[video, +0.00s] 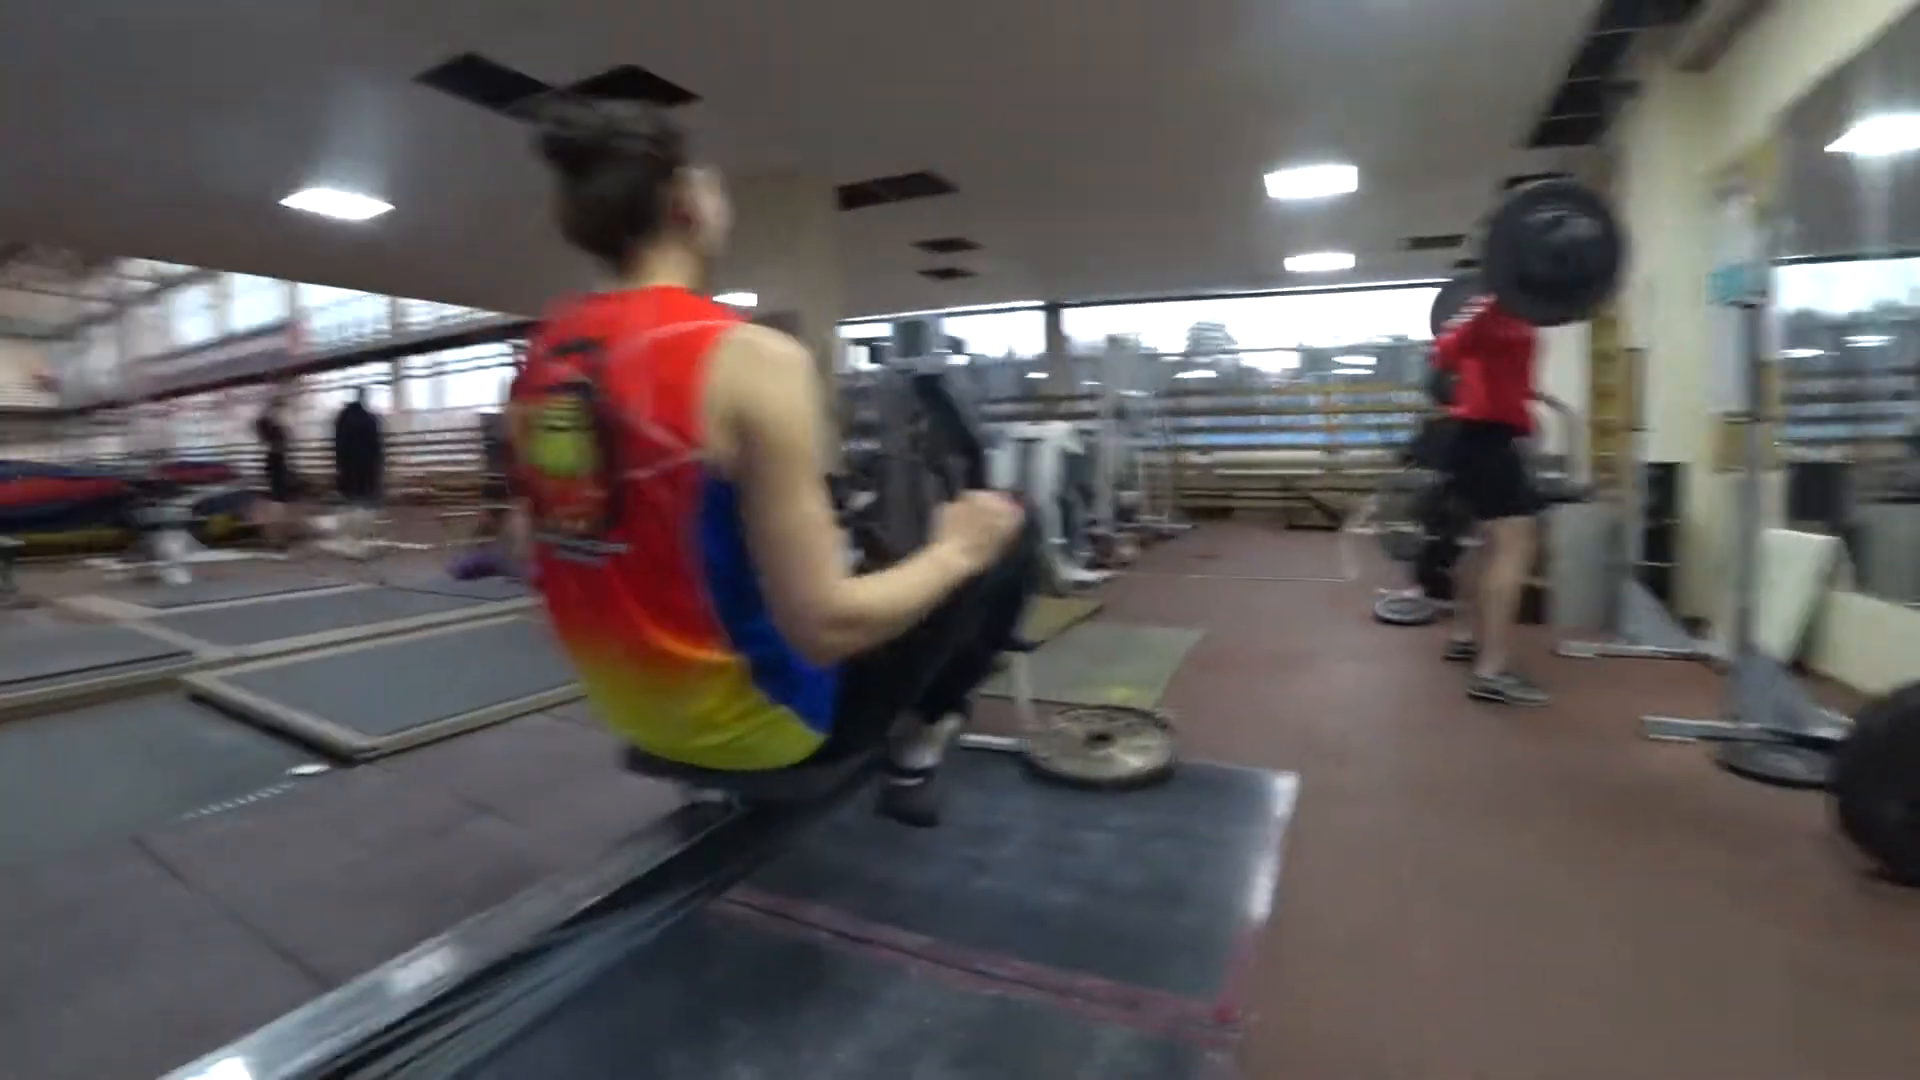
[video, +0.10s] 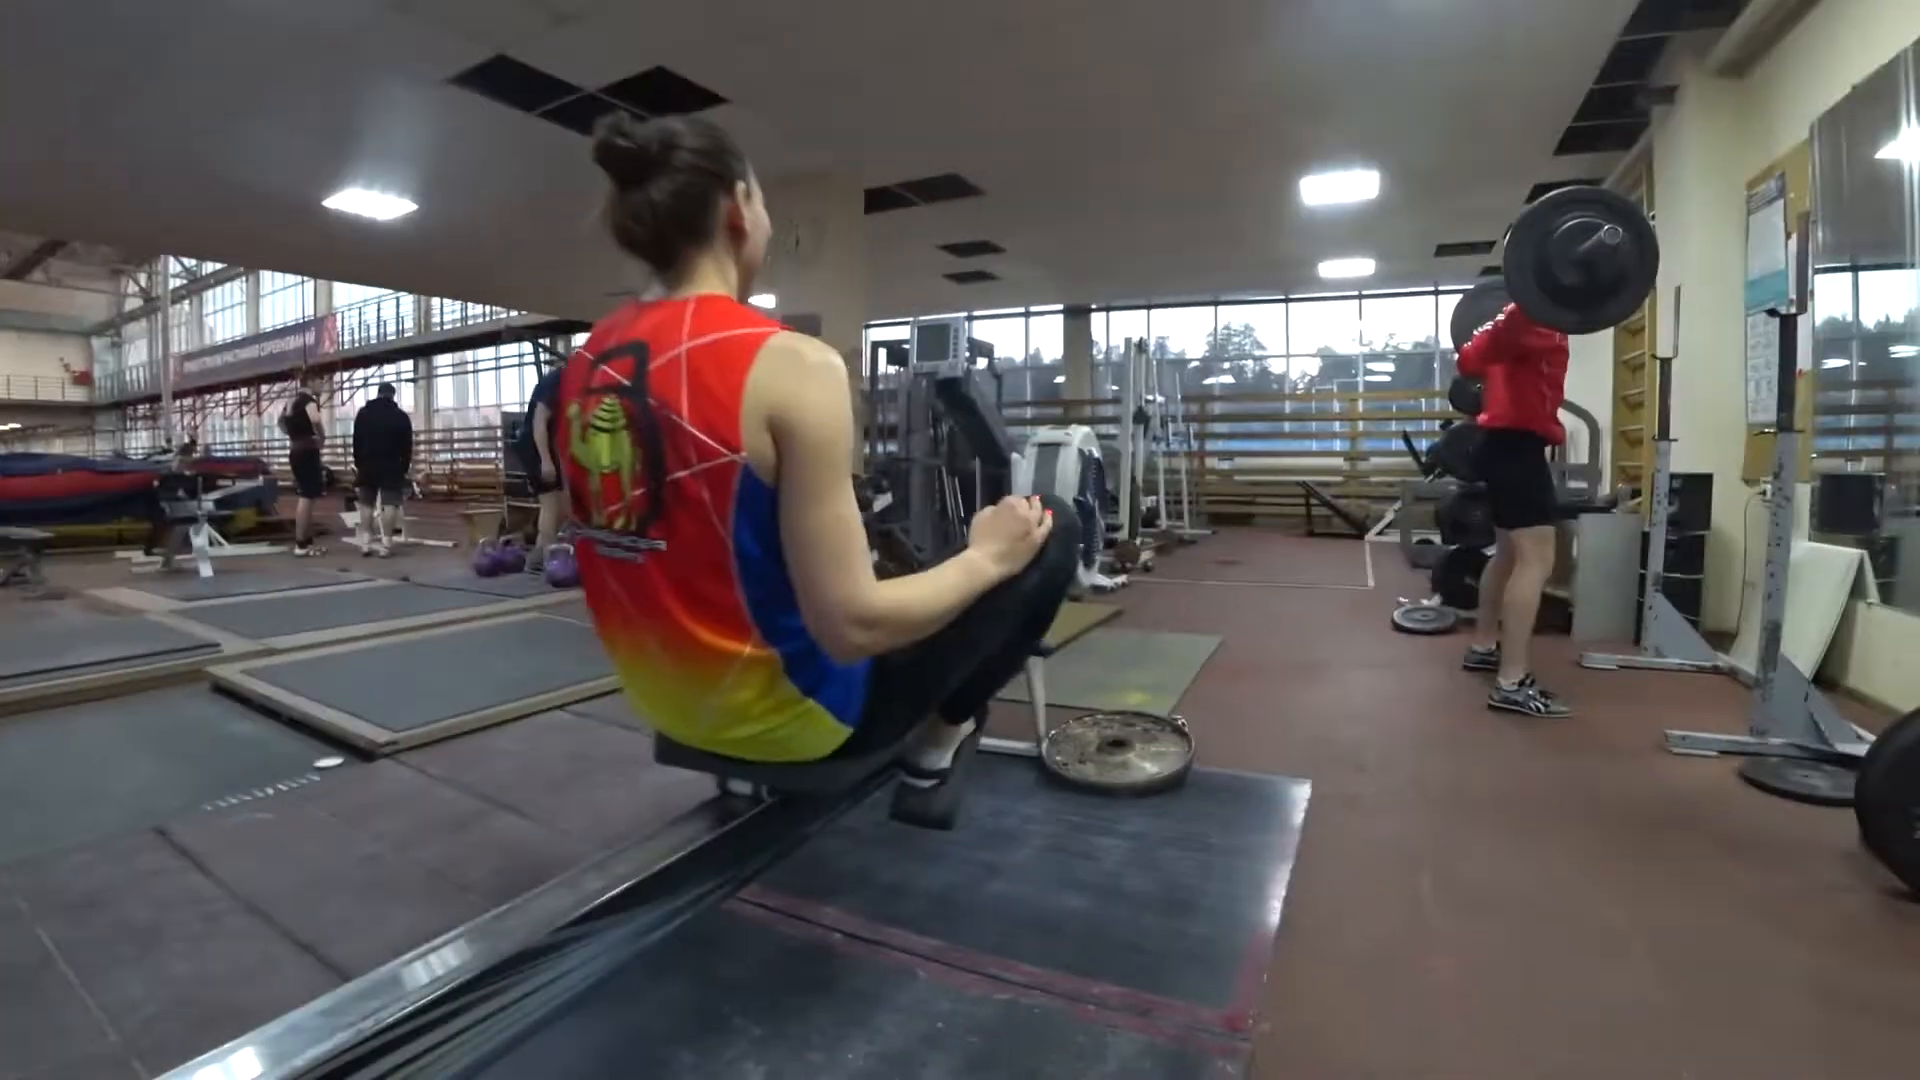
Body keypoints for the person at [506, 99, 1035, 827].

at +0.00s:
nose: (721, 201)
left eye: (714, 182)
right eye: (714, 183)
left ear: (587, 223)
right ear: (687, 203)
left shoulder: (549, 354)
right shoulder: (755, 363)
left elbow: (536, 548)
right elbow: (821, 625)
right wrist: (953, 553)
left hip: (643, 725)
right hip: (770, 738)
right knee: (1003, 535)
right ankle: (914, 754)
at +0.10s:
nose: (767, 224)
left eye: (764, 202)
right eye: (763, 201)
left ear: (635, 227)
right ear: (739, 207)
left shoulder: (589, 362)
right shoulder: (794, 367)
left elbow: (577, 527)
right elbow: (850, 627)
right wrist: (983, 559)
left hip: (672, 715)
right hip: (797, 732)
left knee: (872, 530)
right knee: (1050, 534)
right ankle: (936, 747)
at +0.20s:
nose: (781, 238)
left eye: (778, 219)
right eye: (778, 218)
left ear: (652, 238)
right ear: (754, 222)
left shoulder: (609, 363)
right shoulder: (804, 377)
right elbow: (853, 630)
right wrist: (986, 567)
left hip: (680, 715)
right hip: (803, 732)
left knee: (875, 538)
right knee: (1058, 536)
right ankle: (935, 750)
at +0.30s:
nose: (790, 257)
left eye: (788, 237)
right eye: (787, 236)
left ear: (670, 251)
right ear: (761, 238)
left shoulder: (614, 375)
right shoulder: (808, 387)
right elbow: (851, 637)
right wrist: (987, 571)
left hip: (682, 722)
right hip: (804, 737)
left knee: (869, 547)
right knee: (1058, 544)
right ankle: (928, 761)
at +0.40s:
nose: (796, 268)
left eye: (794, 250)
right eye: (793, 248)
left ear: (677, 261)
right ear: (767, 249)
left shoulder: (619, 381)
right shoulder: (812, 393)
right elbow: (850, 641)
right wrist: (985, 577)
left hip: (680, 729)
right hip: (802, 745)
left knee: (870, 557)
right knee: (1056, 549)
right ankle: (927, 767)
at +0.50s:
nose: (797, 281)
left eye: (797, 263)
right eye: (795, 263)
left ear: (680, 273)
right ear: (768, 264)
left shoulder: (617, 388)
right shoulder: (812, 397)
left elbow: (599, 588)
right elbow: (846, 647)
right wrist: (979, 584)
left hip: (671, 738)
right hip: (798, 754)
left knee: (864, 565)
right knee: (1048, 558)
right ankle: (927, 777)